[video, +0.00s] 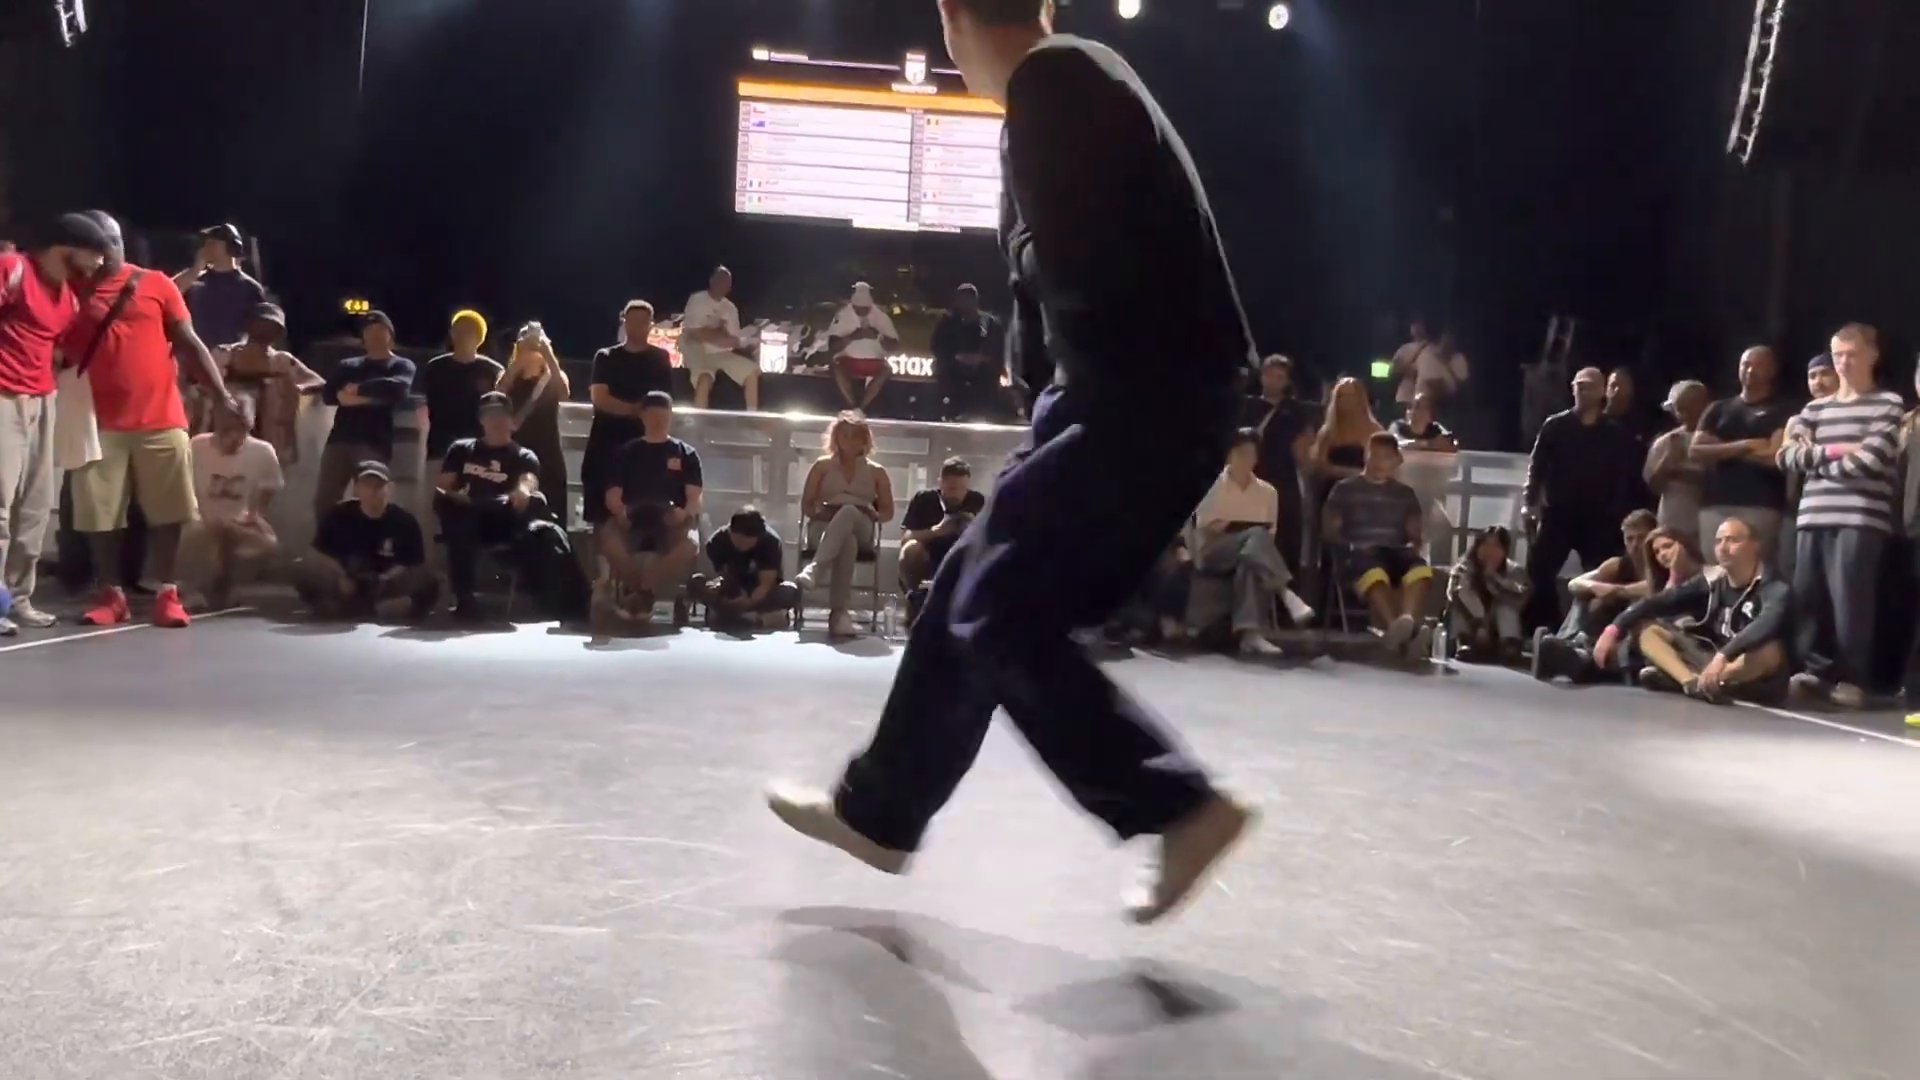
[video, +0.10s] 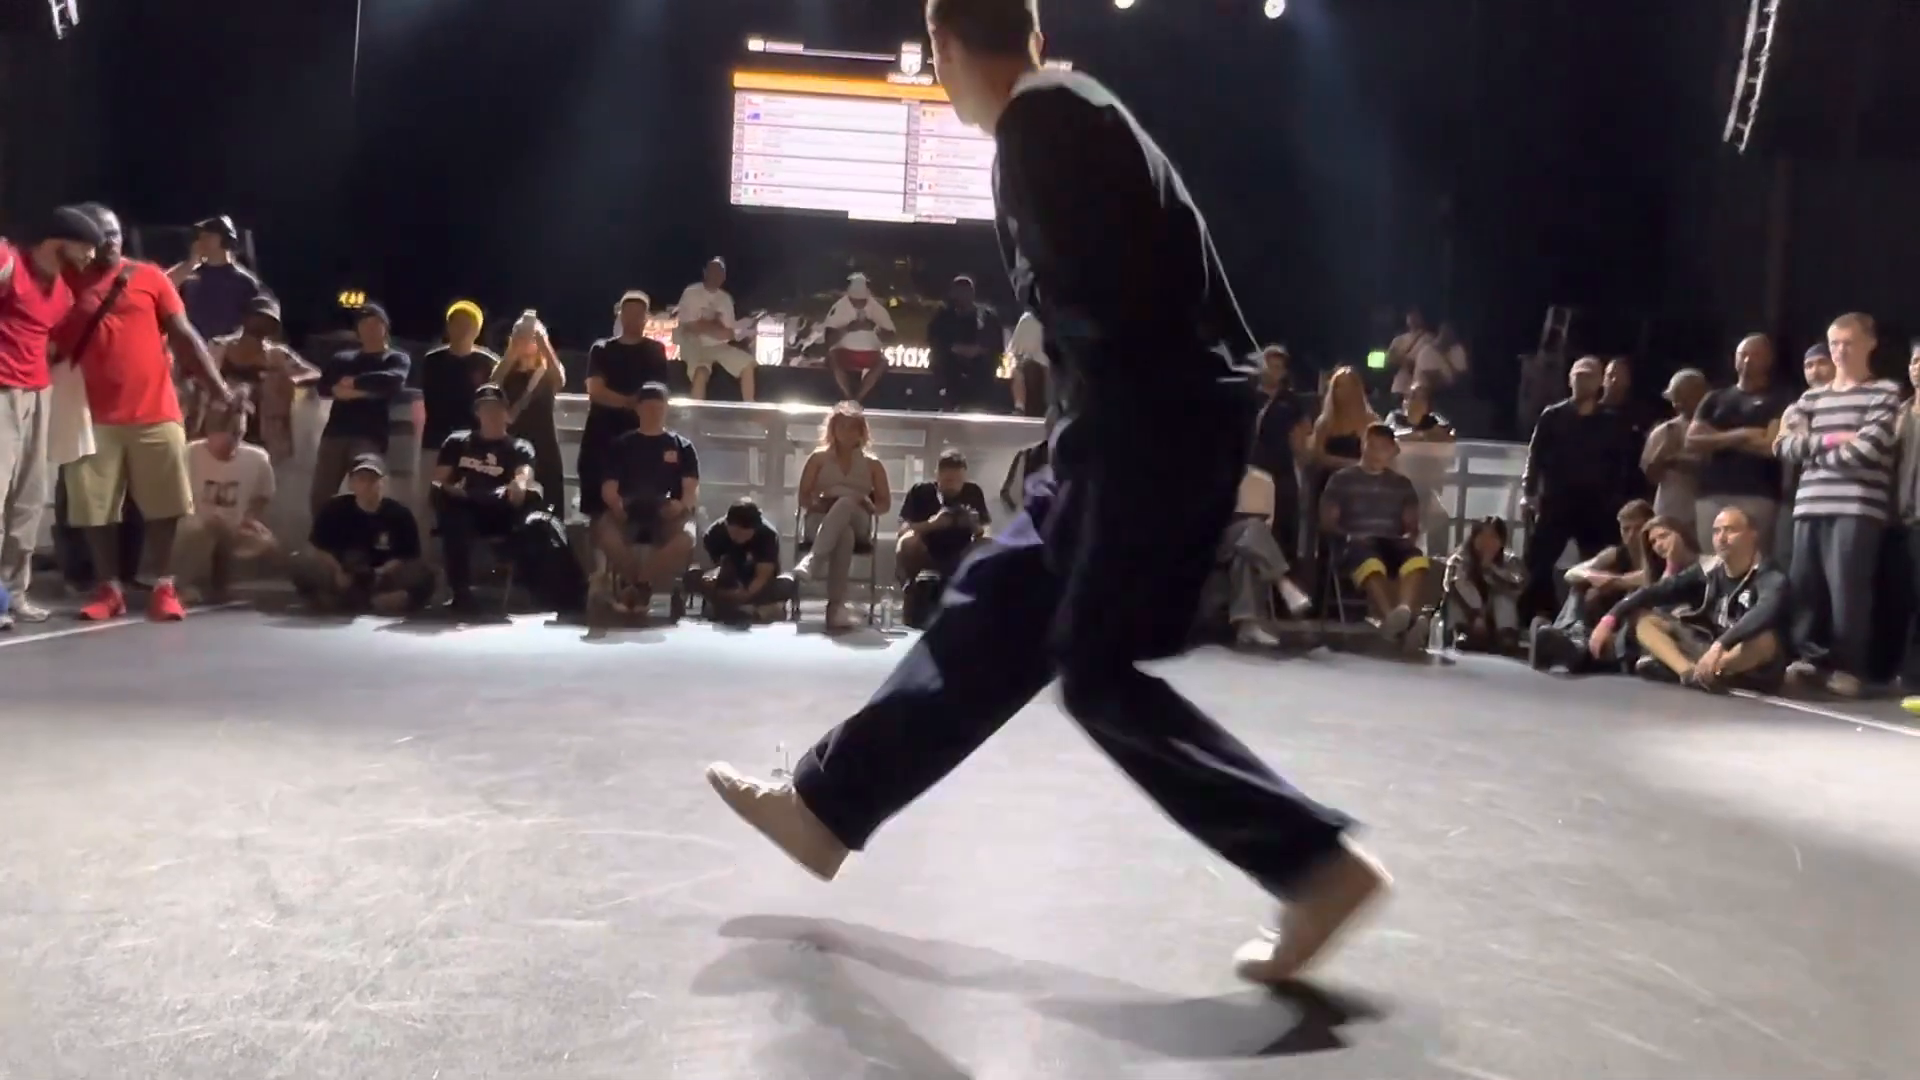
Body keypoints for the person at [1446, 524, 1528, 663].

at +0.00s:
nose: (1488, 552)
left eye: (1495, 547)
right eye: (1484, 545)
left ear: (1504, 552)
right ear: (1477, 548)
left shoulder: (1514, 571)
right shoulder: (1463, 569)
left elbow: (1519, 597)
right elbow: (1457, 594)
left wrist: (1493, 576)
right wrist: (1478, 624)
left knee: (1505, 606)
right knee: (1458, 605)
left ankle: (1511, 645)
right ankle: (1462, 644)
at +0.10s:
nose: (1486, 542)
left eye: (1492, 538)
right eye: (1481, 536)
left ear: (1501, 543)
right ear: (1473, 538)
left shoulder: (1510, 561)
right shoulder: (1459, 561)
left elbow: (1517, 586)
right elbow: (1455, 584)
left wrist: (1489, 567)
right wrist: (1476, 614)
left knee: (1502, 598)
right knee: (1456, 596)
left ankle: (1507, 638)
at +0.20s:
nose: (1486, 539)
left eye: (1493, 535)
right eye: (1482, 533)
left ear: (1502, 539)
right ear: (1474, 534)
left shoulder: (1510, 558)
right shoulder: (1460, 556)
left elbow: (1518, 583)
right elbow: (1456, 581)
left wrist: (1489, 563)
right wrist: (1476, 612)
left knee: (1503, 593)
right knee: (1457, 592)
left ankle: (1508, 634)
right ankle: (1460, 634)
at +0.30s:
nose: (1488, 544)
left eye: (1494, 538)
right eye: (1483, 537)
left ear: (1503, 543)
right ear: (1475, 539)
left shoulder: (1512, 561)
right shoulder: (1460, 562)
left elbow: (1518, 587)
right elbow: (1457, 586)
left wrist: (1491, 567)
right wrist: (1477, 616)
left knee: (1505, 595)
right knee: (1458, 595)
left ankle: (1509, 636)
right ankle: (1462, 636)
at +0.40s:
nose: (1489, 548)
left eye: (1495, 543)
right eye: (1485, 541)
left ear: (1505, 547)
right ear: (1477, 543)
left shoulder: (1514, 566)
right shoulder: (1462, 567)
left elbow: (1522, 591)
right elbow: (1458, 591)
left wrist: (1492, 572)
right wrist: (1480, 620)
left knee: (1508, 599)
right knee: (1460, 600)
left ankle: (1511, 641)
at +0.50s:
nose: (1492, 551)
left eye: (1499, 547)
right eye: (1488, 545)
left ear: (1507, 552)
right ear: (1479, 547)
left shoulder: (1517, 570)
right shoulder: (1465, 570)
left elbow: (1524, 595)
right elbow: (1462, 594)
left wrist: (1495, 576)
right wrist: (1482, 624)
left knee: (1509, 605)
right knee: (1463, 604)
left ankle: (1514, 643)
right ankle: (1467, 644)